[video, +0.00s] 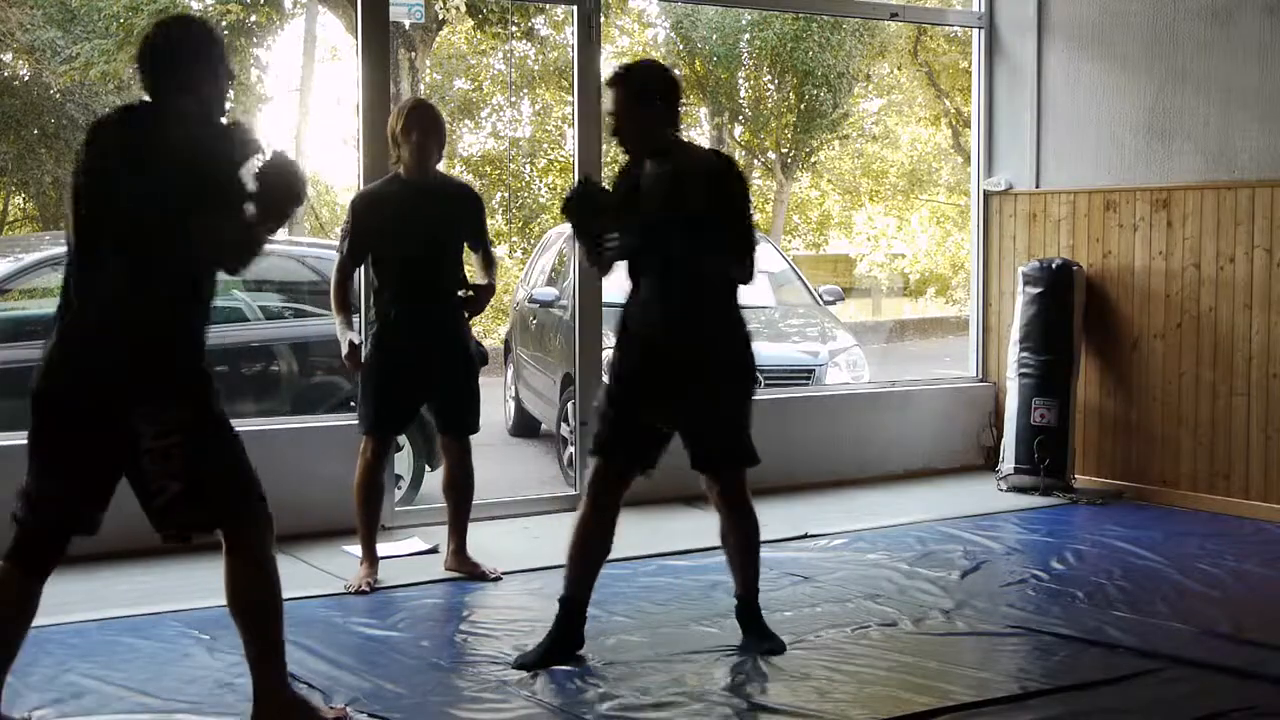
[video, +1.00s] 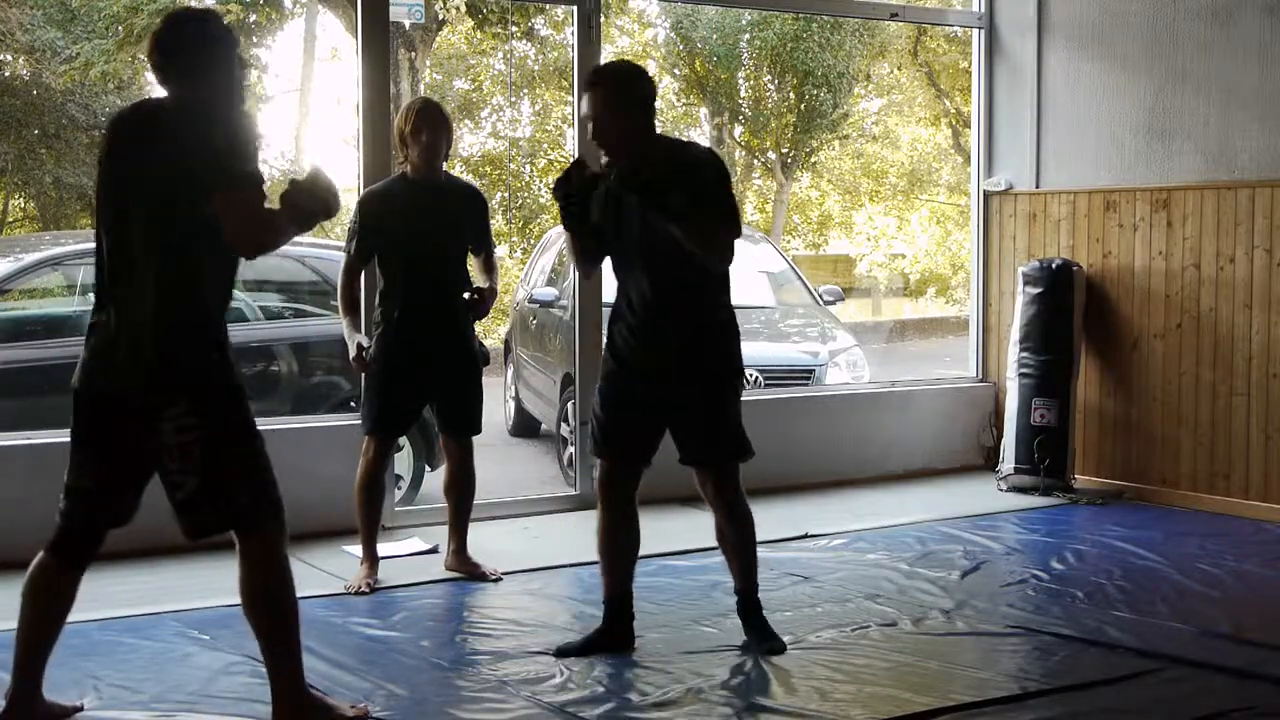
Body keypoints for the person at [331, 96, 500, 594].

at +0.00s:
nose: (429, 140)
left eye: (434, 131)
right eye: (420, 131)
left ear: (443, 136)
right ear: (399, 137)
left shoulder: (462, 197)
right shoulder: (370, 201)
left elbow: (484, 254)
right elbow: (343, 274)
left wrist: (489, 288)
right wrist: (346, 333)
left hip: (448, 335)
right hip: (389, 338)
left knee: (456, 445)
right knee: (375, 446)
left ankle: (457, 552)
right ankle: (367, 560)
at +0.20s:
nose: (433, 140)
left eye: (438, 131)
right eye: (424, 131)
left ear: (447, 137)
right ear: (403, 137)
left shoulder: (466, 198)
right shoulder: (375, 200)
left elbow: (487, 256)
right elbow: (348, 271)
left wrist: (490, 290)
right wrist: (348, 330)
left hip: (450, 334)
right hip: (393, 336)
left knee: (458, 445)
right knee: (376, 446)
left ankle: (457, 552)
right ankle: (368, 561)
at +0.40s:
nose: (432, 140)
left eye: (438, 131)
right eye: (422, 132)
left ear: (448, 137)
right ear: (404, 137)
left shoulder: (468, 198)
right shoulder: (378, 199)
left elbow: (488, 257)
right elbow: (350, 271)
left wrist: (491, 290)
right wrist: (351, 330)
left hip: (453, 336)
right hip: (394, 338)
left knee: (459, 445)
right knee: (377, 447)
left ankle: (457, 552)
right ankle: (367, 561)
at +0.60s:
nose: (427, 140)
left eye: (435, 130)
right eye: (418, 132)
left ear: (448, 137)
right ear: (403, 138)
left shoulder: (468, 198)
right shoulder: (380, 197)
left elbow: (487, 257)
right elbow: (350, 271)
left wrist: (490, 290)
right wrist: (351, 332)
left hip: (452, 336)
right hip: (395, 338)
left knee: (459, 446)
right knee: (377, 447)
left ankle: (457, 552)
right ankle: (367, 561)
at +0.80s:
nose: (427, 140)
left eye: (435, 131)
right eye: (418, 131)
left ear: (448, 137)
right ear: (403, 138)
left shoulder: (468, 198)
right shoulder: (379, 199)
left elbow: (486, 258)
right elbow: (350, 272)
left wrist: (489, 291)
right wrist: (352, 332)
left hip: (452, 336)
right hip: (395, 338)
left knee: (459, 446)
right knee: (377, 447)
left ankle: (457, 552)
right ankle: (367, 560)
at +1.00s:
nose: (429, 140)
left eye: (436, 131)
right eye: (420, 131)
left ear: (449, 137)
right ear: (404, 138)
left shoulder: (468, 198)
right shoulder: (376, 201)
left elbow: (485, 259)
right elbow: (351, 275)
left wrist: (489, 291)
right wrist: (353, 336)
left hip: (453, 337)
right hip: (394, 338)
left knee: (459, 446)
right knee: (377, 447)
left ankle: (457, 552)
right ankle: (368, 561)